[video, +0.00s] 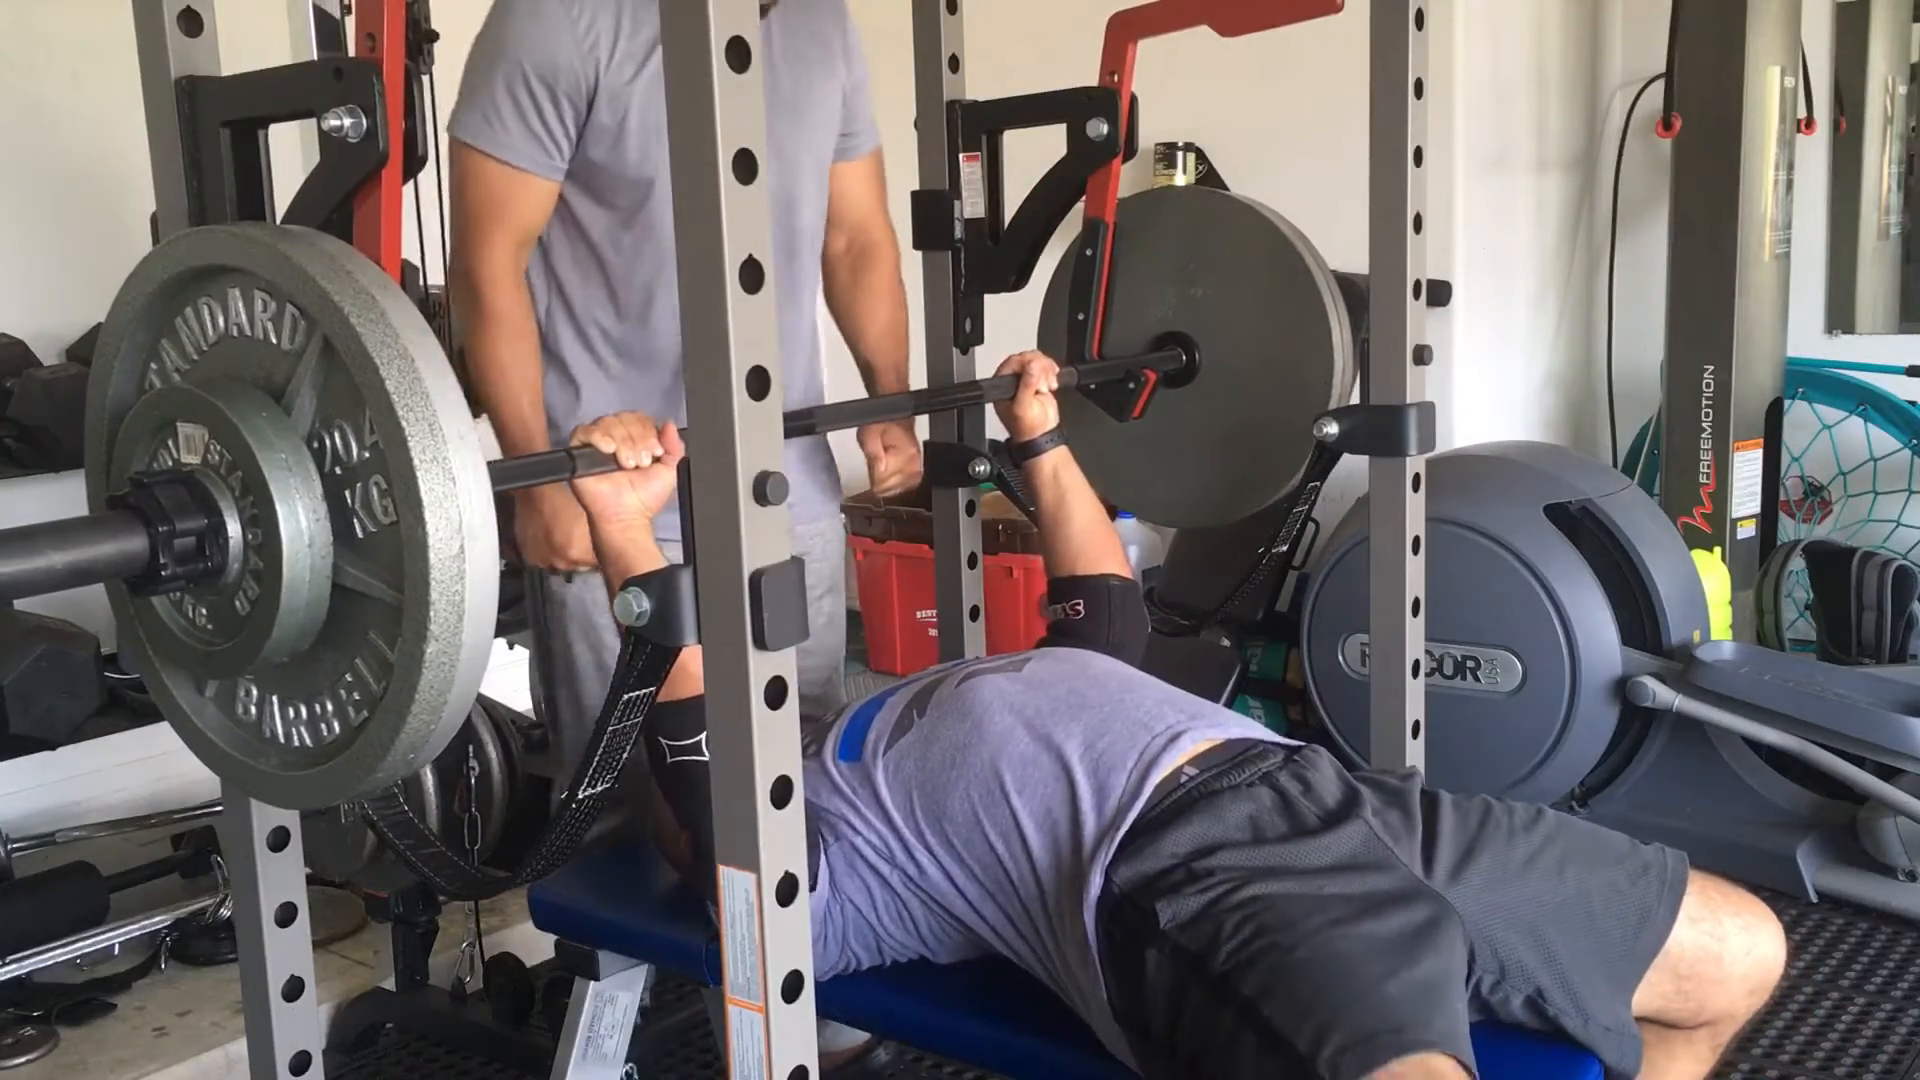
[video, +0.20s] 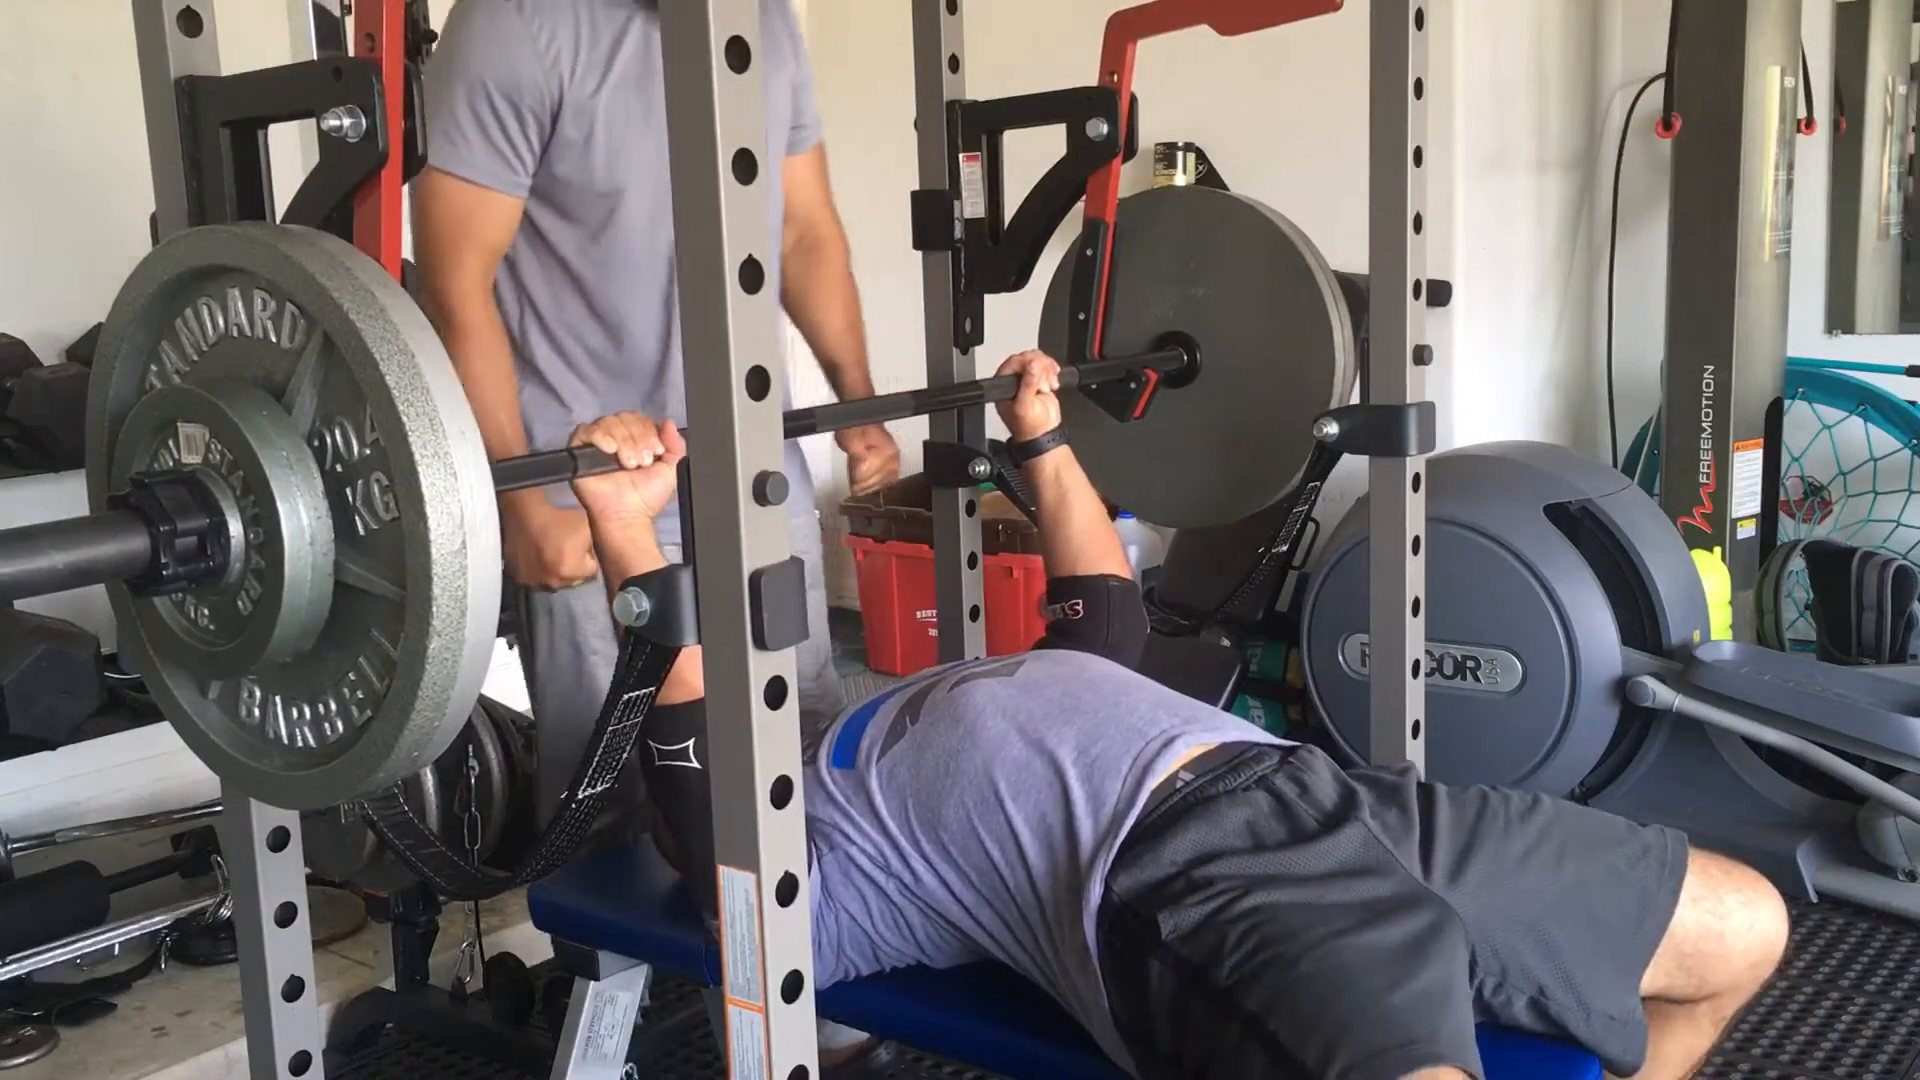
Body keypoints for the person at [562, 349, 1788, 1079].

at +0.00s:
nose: (757, 673)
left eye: (765, 672)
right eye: (722, 706)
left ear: (831, 688)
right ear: (717, 773)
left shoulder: (1004, 699)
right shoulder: (801, 843)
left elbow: (1102, 607)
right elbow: (702, 760)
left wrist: (1037, 444)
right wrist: (628, 547)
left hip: (1327, 781)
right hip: (1198, 863)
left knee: (1742, 952)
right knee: (1414, 1063)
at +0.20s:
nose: (754, 669)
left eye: (767, 666)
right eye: (728, 693)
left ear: (841, 683)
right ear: (718, 760)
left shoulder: (1007, 702)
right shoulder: (784, 841)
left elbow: (1102, 612)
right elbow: (697, 740)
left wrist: (1040, 448)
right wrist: (628, 546)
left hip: (1323, 784)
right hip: (1200, 877)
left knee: (1745, 920)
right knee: (1426, 1063)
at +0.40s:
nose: (734, 669)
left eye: (742, 669)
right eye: (716, 693)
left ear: (824, 690)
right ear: (711, 761)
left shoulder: (1011, 690)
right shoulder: (795, 833)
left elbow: (1107, 604)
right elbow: (689, 767)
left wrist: (1037, 442)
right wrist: (630, 549)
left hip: (1324, 784)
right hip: (1205, 883)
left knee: (1738, 927)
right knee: (1427, 1059)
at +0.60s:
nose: (764, 670)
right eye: (727, 714)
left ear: (847, 675)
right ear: (723, 768)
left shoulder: (1026, 688)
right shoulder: (812, 825)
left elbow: (1109, 605)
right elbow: (707, 785)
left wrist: (1036, 441)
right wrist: (637, 552)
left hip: (1330, 785)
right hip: (1206, 879)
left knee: (1739, 942)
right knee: (1428, 1060)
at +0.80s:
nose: (744, 671)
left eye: (753, 667)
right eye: (721, 697)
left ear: (833, 683)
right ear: (711, 765)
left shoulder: (1008, 698)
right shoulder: (792, 838)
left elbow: (1101, 607)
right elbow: (694, 743)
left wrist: (1037, 443)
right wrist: (630, 545)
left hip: (1327, 786)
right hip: (1206, 880)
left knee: (1741, 945)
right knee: (1428, 1060)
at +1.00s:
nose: (746, 679)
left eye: (758, 675)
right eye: (715, 708)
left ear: (823, 691)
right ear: (708, 770)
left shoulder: (1010, 701)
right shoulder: (791, 847)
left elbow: (1095, 613)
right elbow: (692, 729)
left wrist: (1039, 438)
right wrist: (623, 533)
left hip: (1330, 786)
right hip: (1207, 882)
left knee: (1740, 942)